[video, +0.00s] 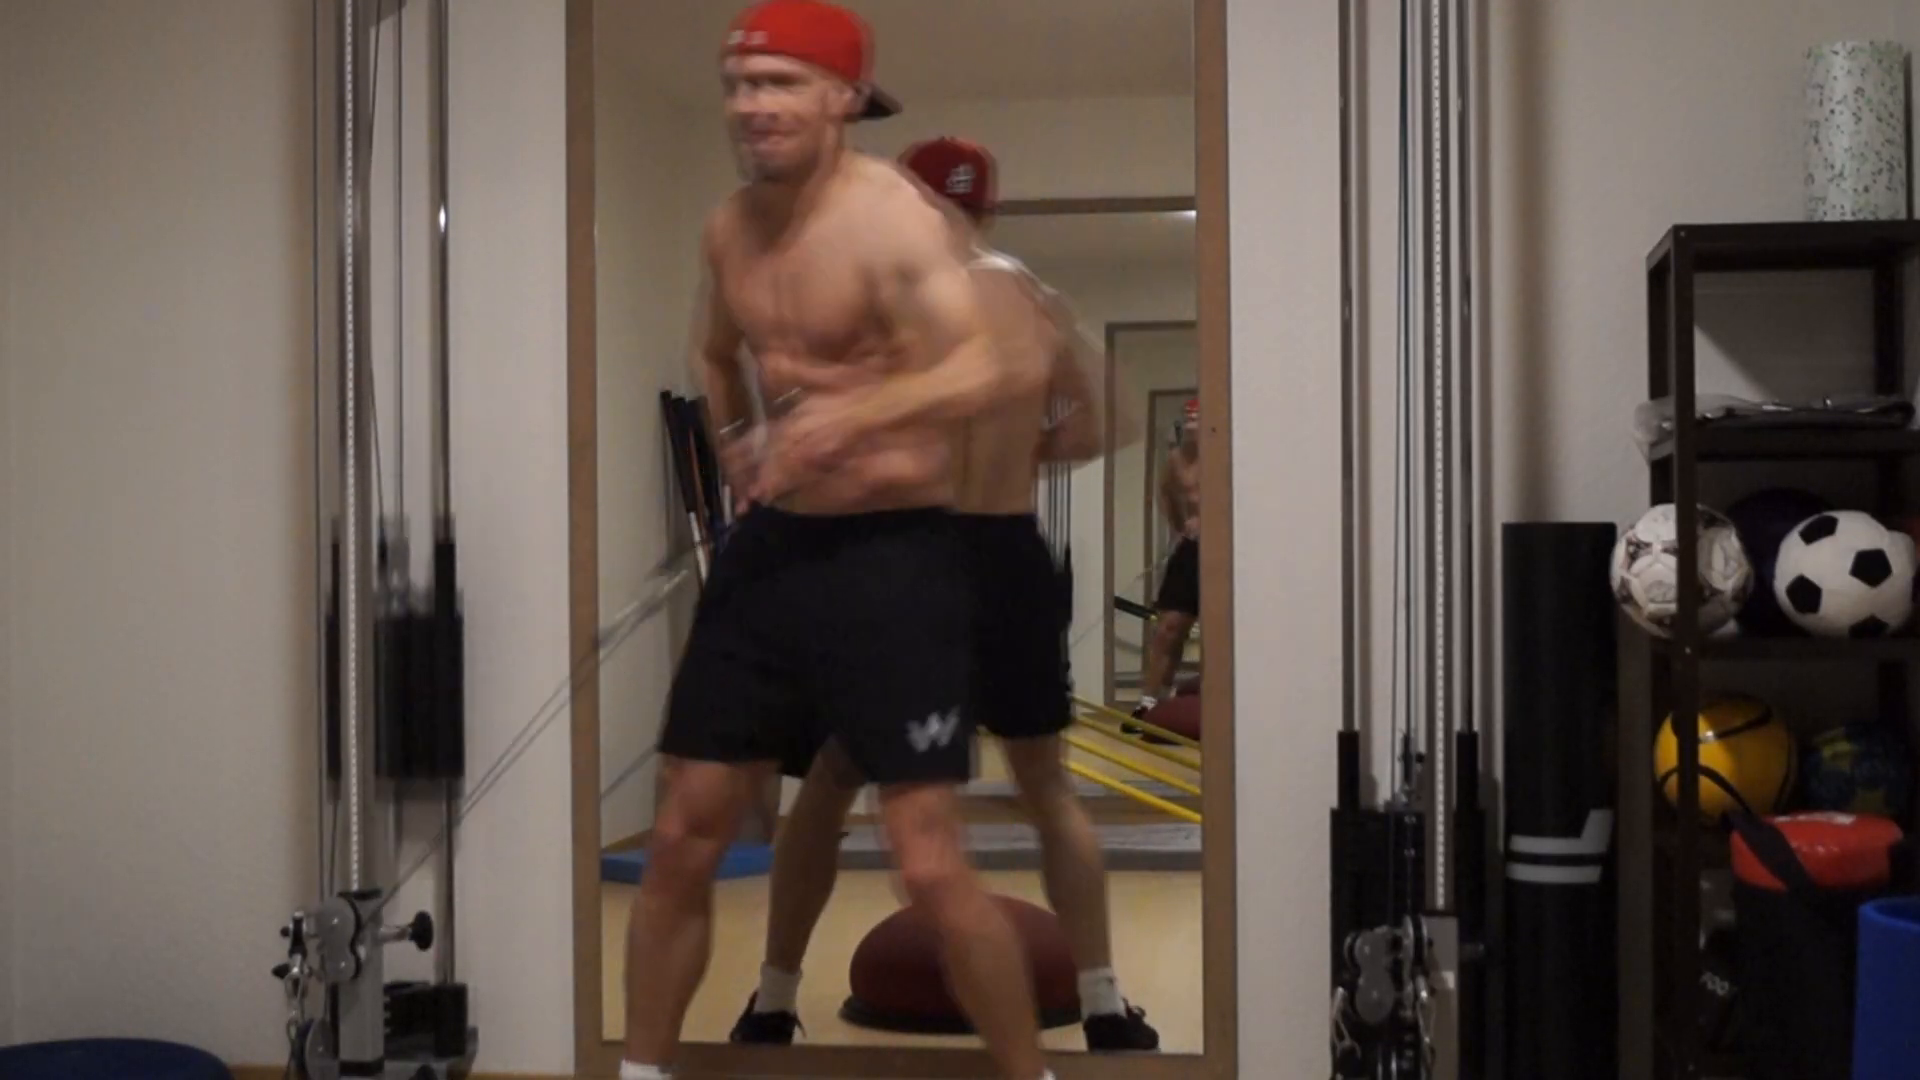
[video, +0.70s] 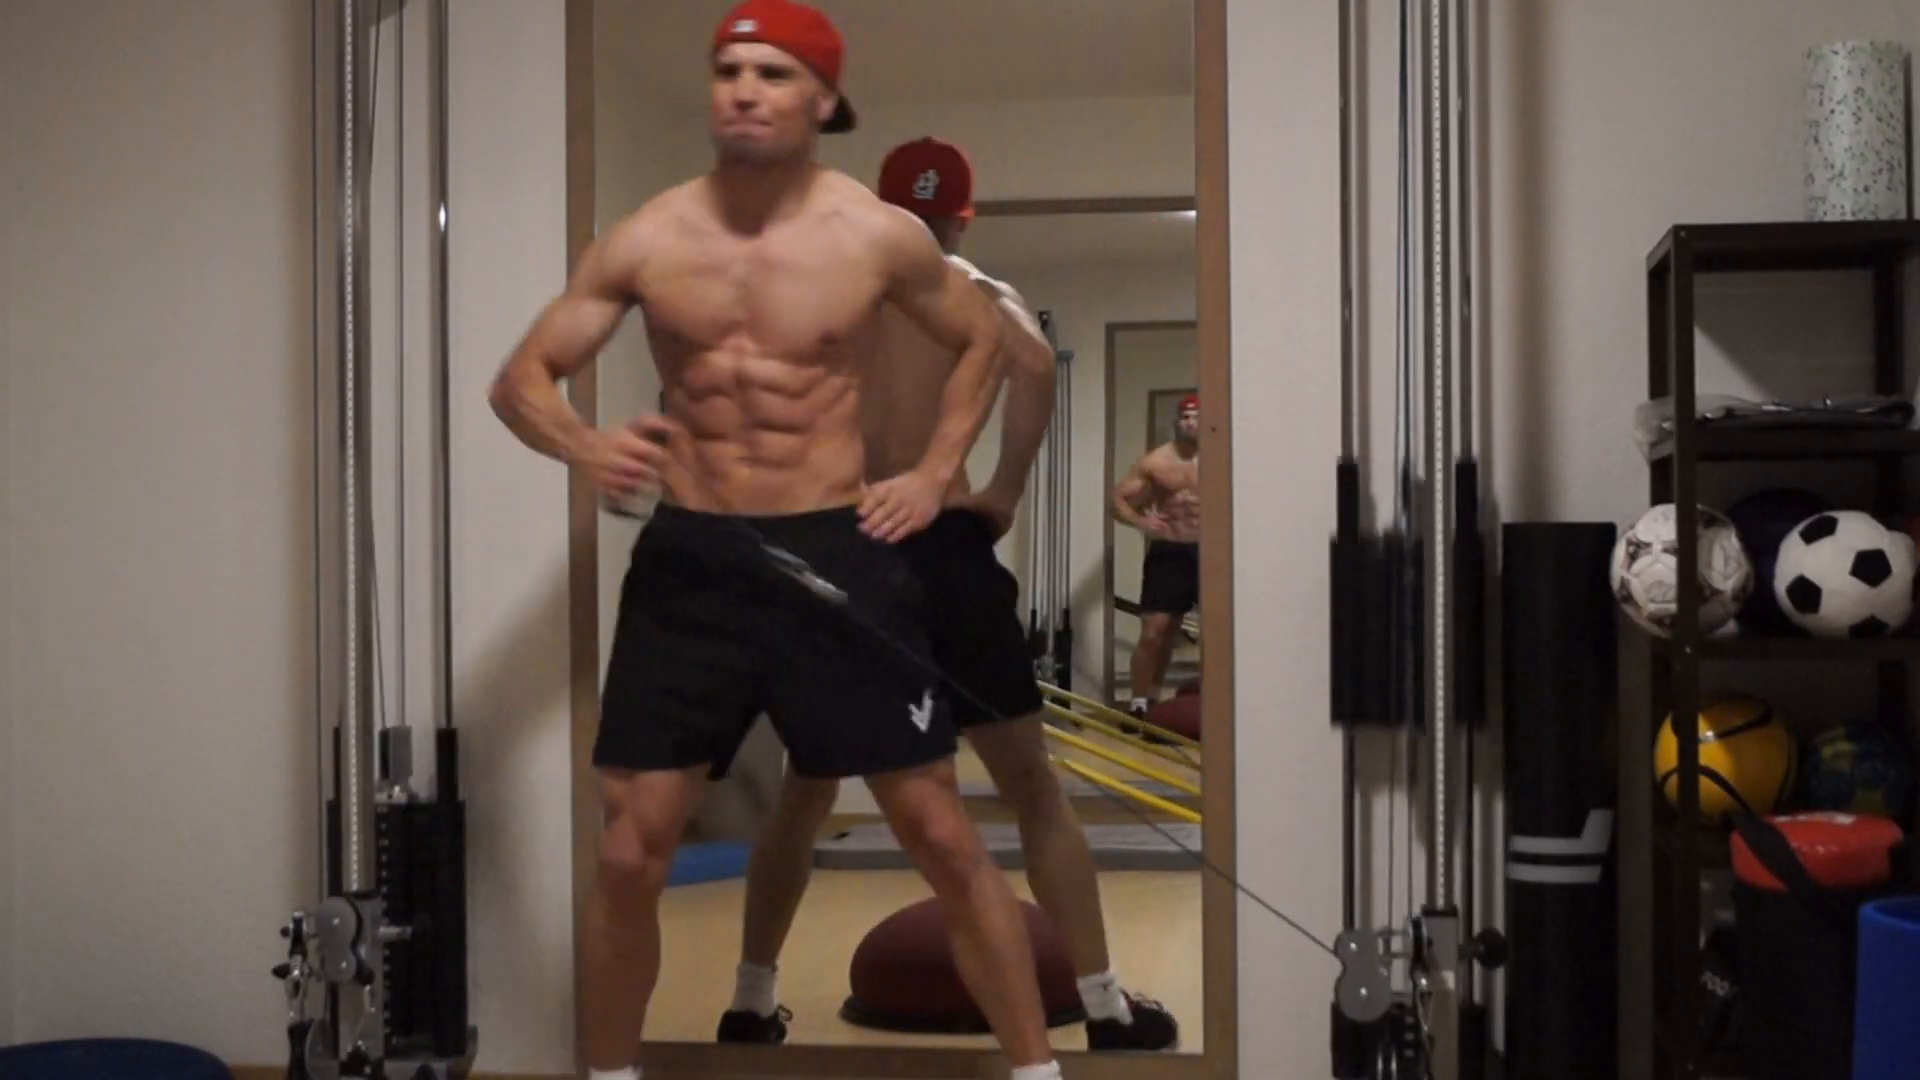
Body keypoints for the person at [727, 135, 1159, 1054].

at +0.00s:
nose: (906, 211)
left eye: (911, 195)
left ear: (914, 202)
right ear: (987, 207)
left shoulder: (877, 295)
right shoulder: (1032, 298)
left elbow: (837, 419)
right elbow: (1093, 427)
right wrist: (1015, 450)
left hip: (902, 561)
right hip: (1014, 559)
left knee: (827, 786)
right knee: (1050, 787)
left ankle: (774, 995)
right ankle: (1102, 1000)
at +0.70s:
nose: (965, 229)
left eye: (948, 215)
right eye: (966, 215)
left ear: (880, 208)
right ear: (963, 218)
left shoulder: (822, 282)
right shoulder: (981, 295)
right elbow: (1035, 361)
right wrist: (1005, 495)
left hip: (832, 554)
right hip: (948, 554)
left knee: (802, 799)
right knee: (1035, 792)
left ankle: (751, 1000)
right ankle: (1102, 1001)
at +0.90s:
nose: (945, 230)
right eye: (948, 215)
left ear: (859, 207)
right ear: (944, 217)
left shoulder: (801, 288)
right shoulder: (973, 297)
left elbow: (667, 385)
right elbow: (1071, 376)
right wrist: (1017, 495)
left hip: (817, 554)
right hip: (943, 552)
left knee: (786, 796)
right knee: (1016, 780)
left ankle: (750, 1004)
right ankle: (1084, 998)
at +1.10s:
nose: (979, 226)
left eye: (962, 210)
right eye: (981, 213)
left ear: (899, 204)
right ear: (981, 216)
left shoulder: (838, 278)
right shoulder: (999, 291)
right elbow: (1066, 373)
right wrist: (1026, 497)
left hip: (851, 552)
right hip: (967, 548)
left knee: (809, 790)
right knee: (1041, 781)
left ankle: (751, 999)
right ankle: (1084, 1003)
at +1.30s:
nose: (1060, 246)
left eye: (1061, 229)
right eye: (1057, 228)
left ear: (980, 215)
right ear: (1023, 220)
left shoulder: (917, 279)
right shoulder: (1005, 287)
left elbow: (894, 445)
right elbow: (986, 432)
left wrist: (1027, 526)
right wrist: (1029, 529)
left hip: (885, 556)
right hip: (980, 555)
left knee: (828, 798)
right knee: (1059, 782)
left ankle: (754, 999)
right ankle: (1088, 1005)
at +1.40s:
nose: (1092, 260)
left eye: (1095, 244)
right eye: (1088, 240)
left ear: (1031, 224)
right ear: (1042, 224)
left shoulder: (986, 305)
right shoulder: (991, 291)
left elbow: (1019, 480)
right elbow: (953, 443)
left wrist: (1096, 553)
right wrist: (1010, 554)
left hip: (901, 567)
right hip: (966, 573)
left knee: (840, 793)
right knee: (1059, 781)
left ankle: (756, 994)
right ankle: (1087, 1004)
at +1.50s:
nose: (1101, 271)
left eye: (1105, 256)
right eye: (1096, 251)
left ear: (1048, 236)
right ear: (1048, 233)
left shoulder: (1012, 334)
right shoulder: (981, 286)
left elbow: (1051, 473)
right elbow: (925, 437)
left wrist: (1122, 579)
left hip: (912, 569)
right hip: (962, 573)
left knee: (849, 790)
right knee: (1058, 782)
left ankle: (756, 989)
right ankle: (1090, 1007)